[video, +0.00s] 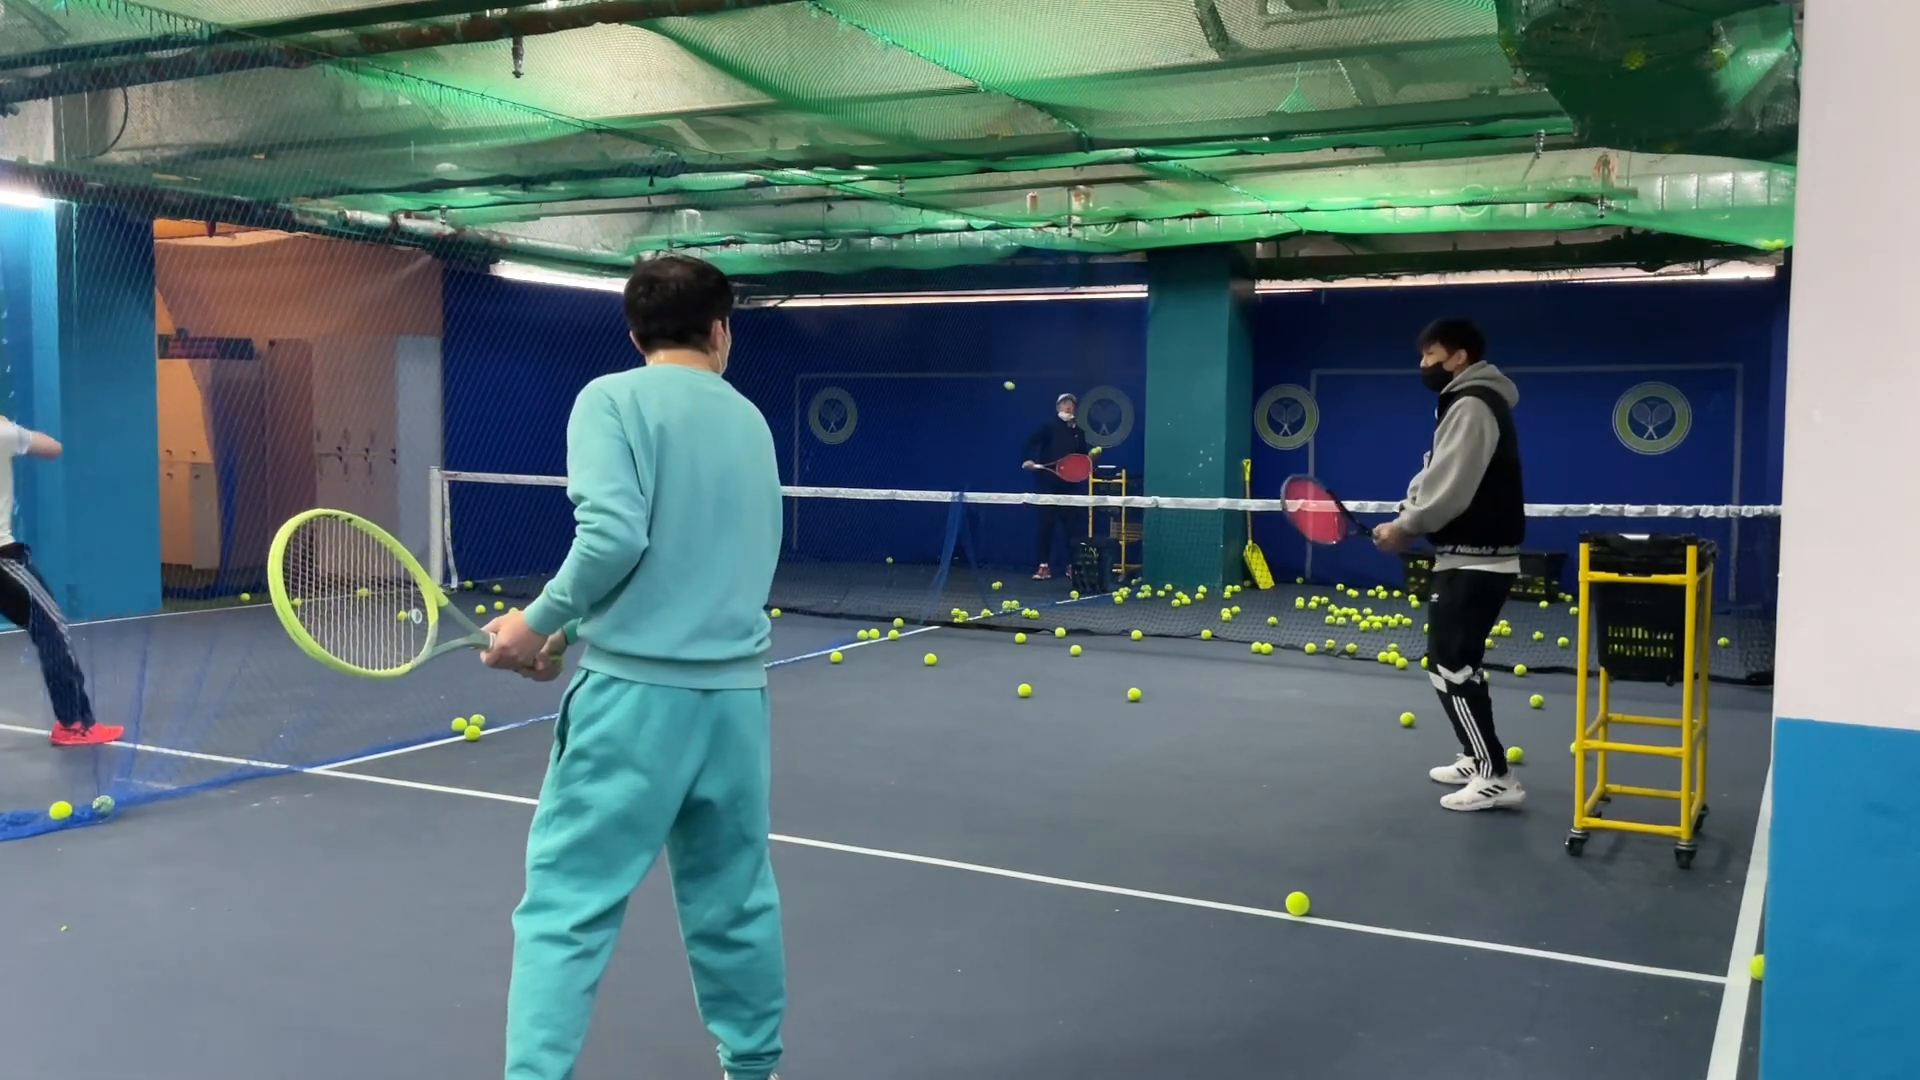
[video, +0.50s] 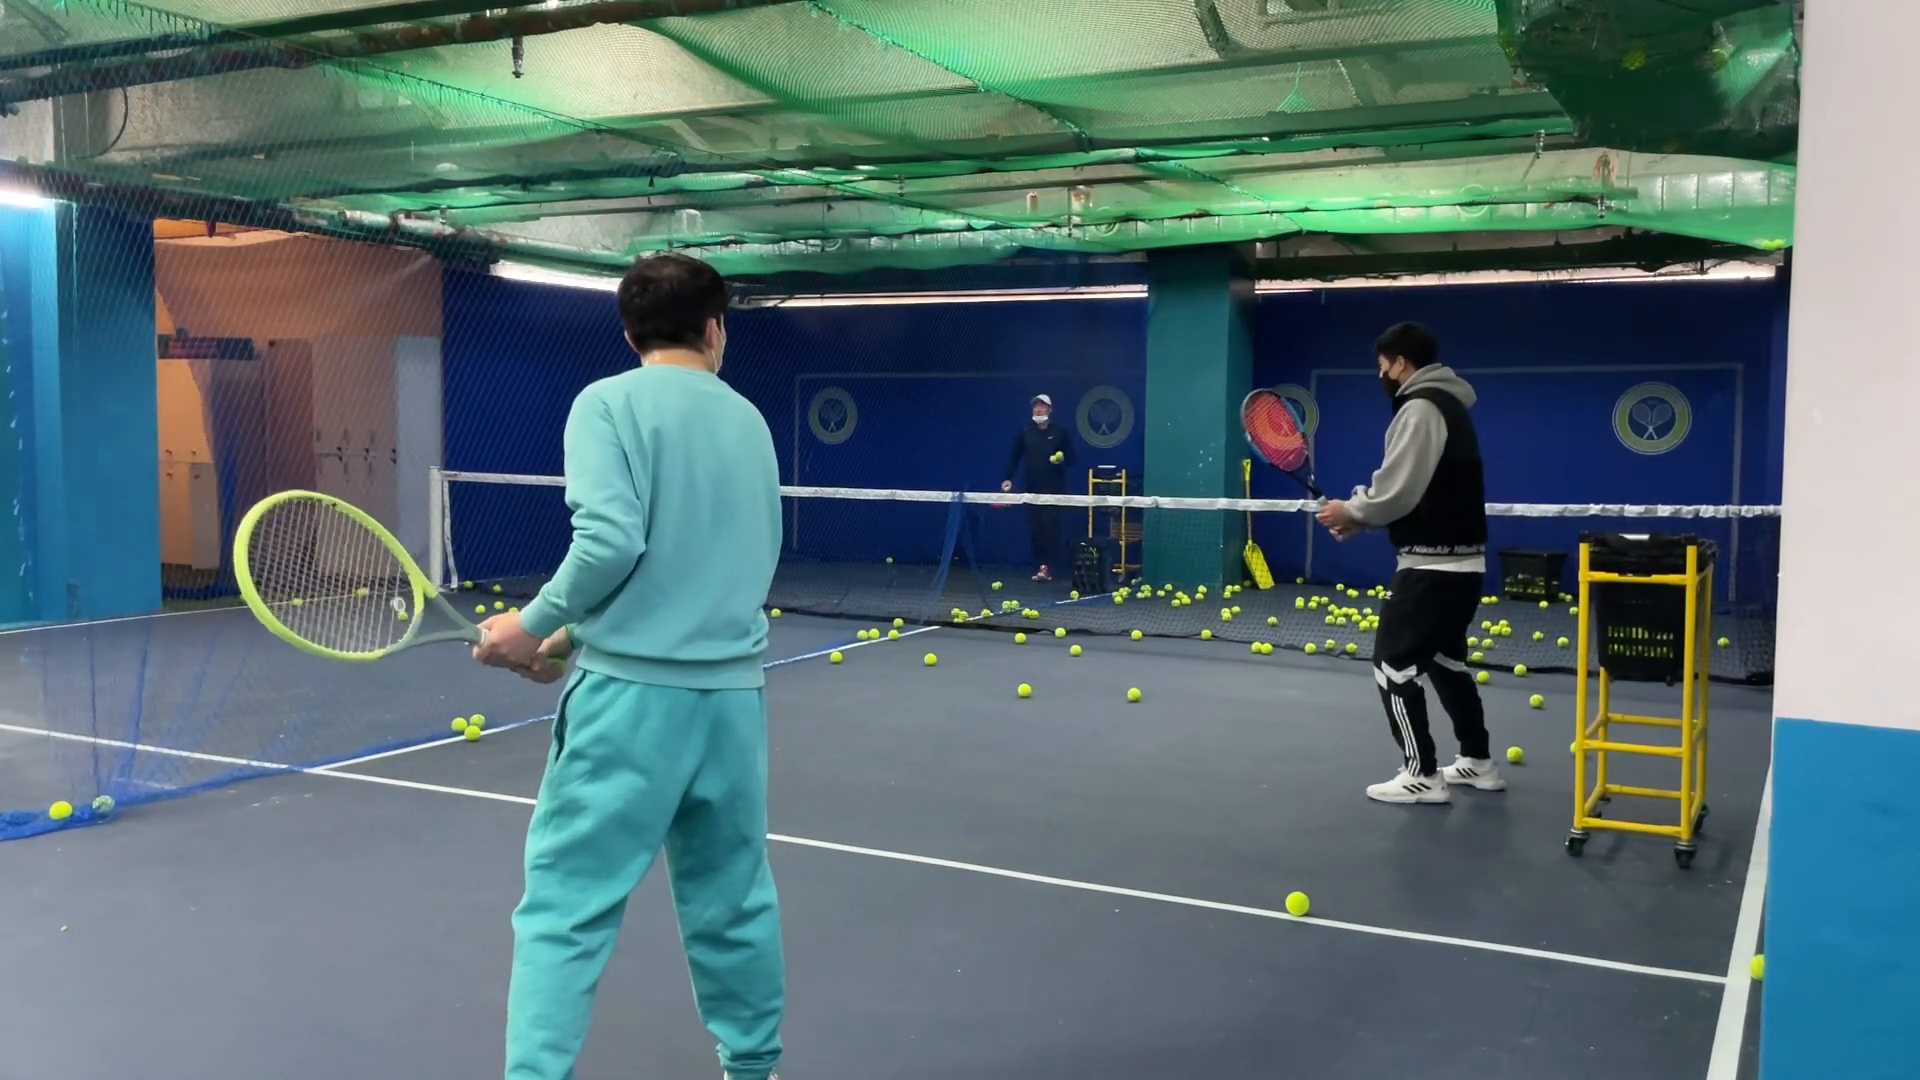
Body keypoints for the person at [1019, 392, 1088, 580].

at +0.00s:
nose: (1067, 408)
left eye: (1070, 405)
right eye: (1064, 405)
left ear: (1075, 408)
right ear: (1058, 408)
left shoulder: (1078, 432)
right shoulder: (1048, 428)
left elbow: (1083, 456)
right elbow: (1030, 445)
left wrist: (1089, 460)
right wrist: (1027, 460)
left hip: (1071, 484)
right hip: (1048, 483)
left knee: (1072, 524)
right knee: (1046, 523)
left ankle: (1072, 565)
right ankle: (1044, 564)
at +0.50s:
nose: (1039, 411)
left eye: (1043, 408)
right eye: (1036, 408)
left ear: (1050, 410)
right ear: (1032, 411)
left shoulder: (1059, 433)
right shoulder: (1025, 433)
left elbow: (1071, 459)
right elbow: (1015, 457)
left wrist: (1062, 459)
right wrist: (1009, 478)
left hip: (1053, 485)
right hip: (1032, 484)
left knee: (1049, 524)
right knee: (1036, 525)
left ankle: (1046, 565)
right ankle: (1042, 565)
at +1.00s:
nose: (1022, 411)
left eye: (1026, 408)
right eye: (1020, 408)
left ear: (1035, 411)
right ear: (1017, 411)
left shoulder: (1044, 433)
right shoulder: (1014, 434)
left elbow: (1047, 462)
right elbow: (1008, 457)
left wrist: (1024, 466)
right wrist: (1009, 469)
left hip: (1039, 487)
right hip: (1018, 486)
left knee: (1038, 528)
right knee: (1010, 525)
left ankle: (1036, 569)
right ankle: (1014, 563)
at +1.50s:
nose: (1007, 411)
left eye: (1011, 407)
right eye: (1005, 407)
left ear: (1019, 409)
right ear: (1002, 410)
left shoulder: (1030, 430)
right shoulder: (1001, 432)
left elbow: (1035, 459)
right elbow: (997, 456)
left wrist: (1013, 460)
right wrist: (1000, 467)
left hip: (1033, 484)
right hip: (1013, 485)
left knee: (1039, 523)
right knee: (1011, 524)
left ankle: (1051, 563)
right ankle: (1013, 565)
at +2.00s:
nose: (1022, 420)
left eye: (1026, 417)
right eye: (1020, 417)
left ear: (1035, 419)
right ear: (1018, 420)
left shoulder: (1047, 439)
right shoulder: (1015, 442)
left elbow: (1054, 465)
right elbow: (1006, 468)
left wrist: (1052, 490)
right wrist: (1002, 492)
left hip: (1050, 491)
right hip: (1028, 491)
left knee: (1058, 530)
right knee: (1019, 529)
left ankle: (1064, 566)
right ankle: (1015, 565)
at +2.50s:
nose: (1026, 443)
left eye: (1029, 439)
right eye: (1023, 439)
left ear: (1035, 437)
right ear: (1018, 437)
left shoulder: (1044, 450)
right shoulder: (1009, 453)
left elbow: (1054, 472)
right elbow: (993, 476)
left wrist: (1058, 489)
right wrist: (985, 498)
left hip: (1042, 497)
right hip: (1017, 498)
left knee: (1055, 529)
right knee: (1012, 531)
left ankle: (1068, 564)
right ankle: (1013, 566)